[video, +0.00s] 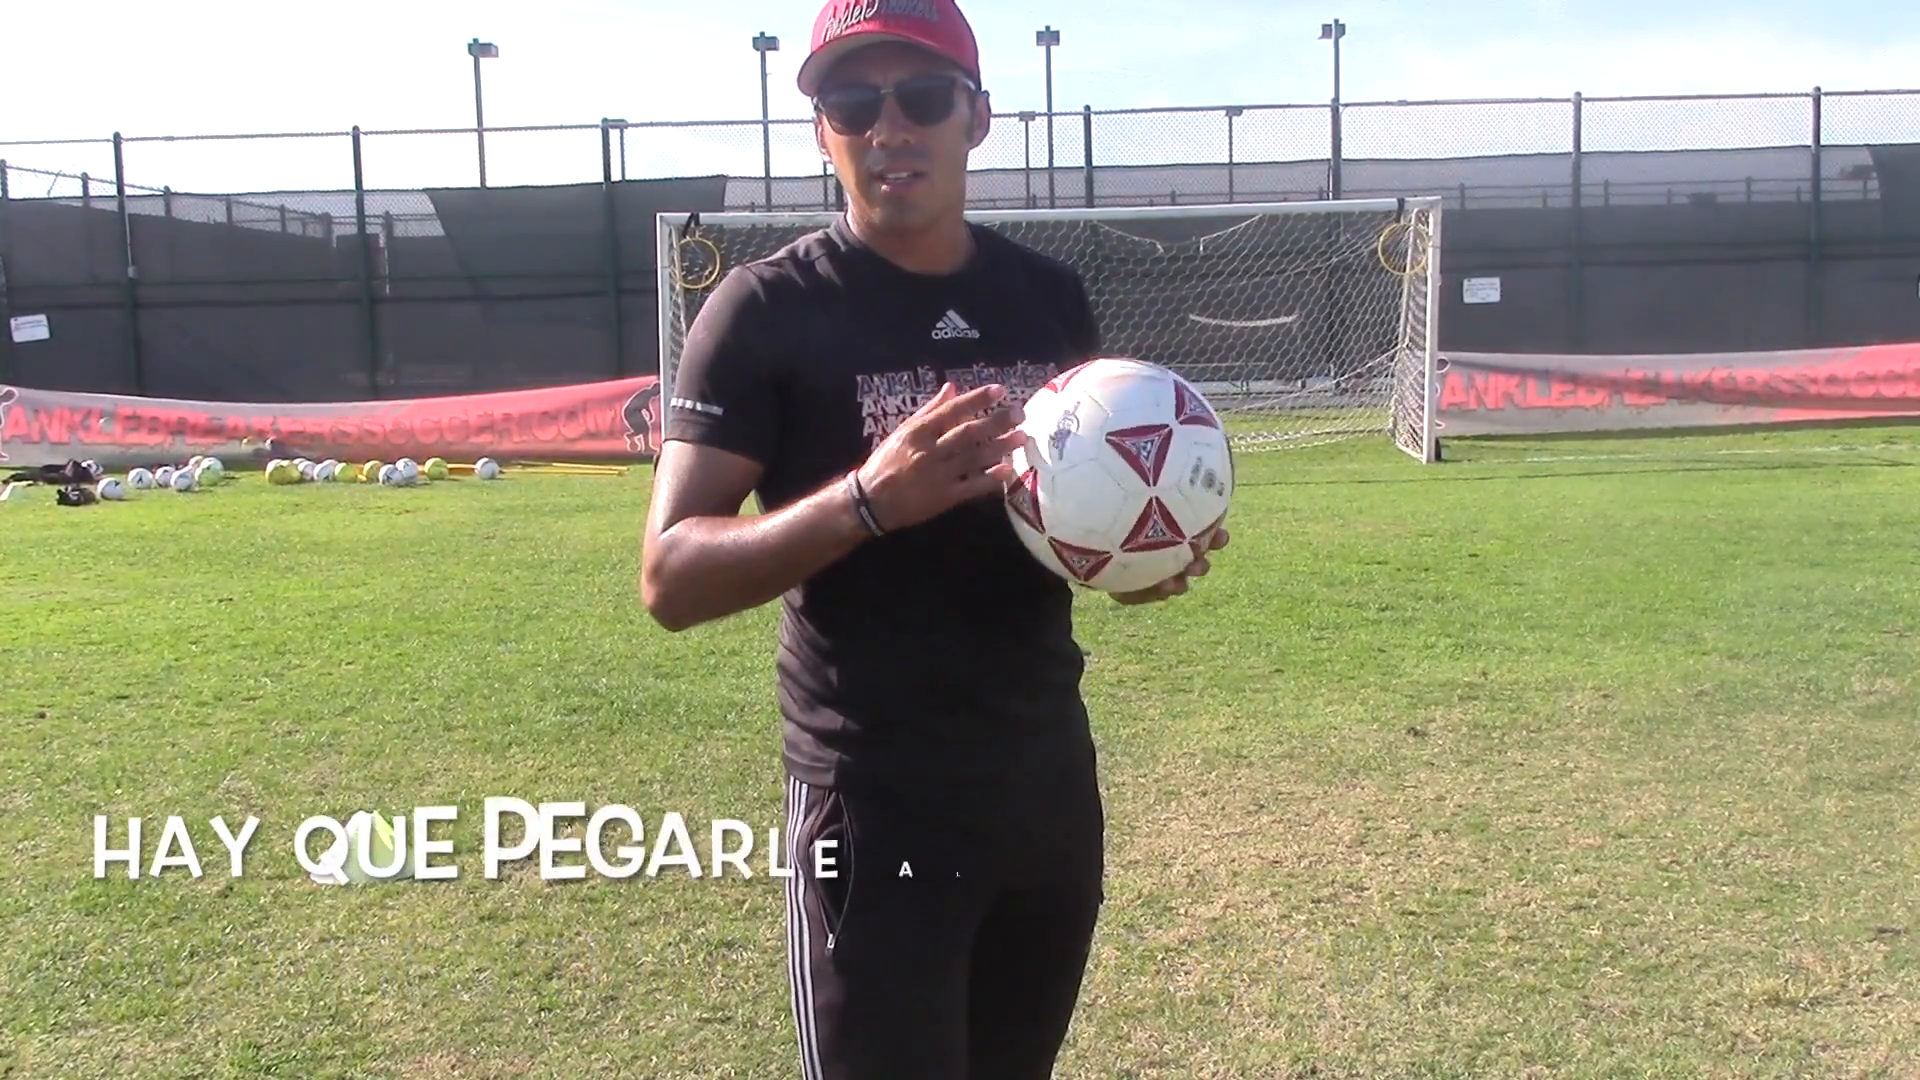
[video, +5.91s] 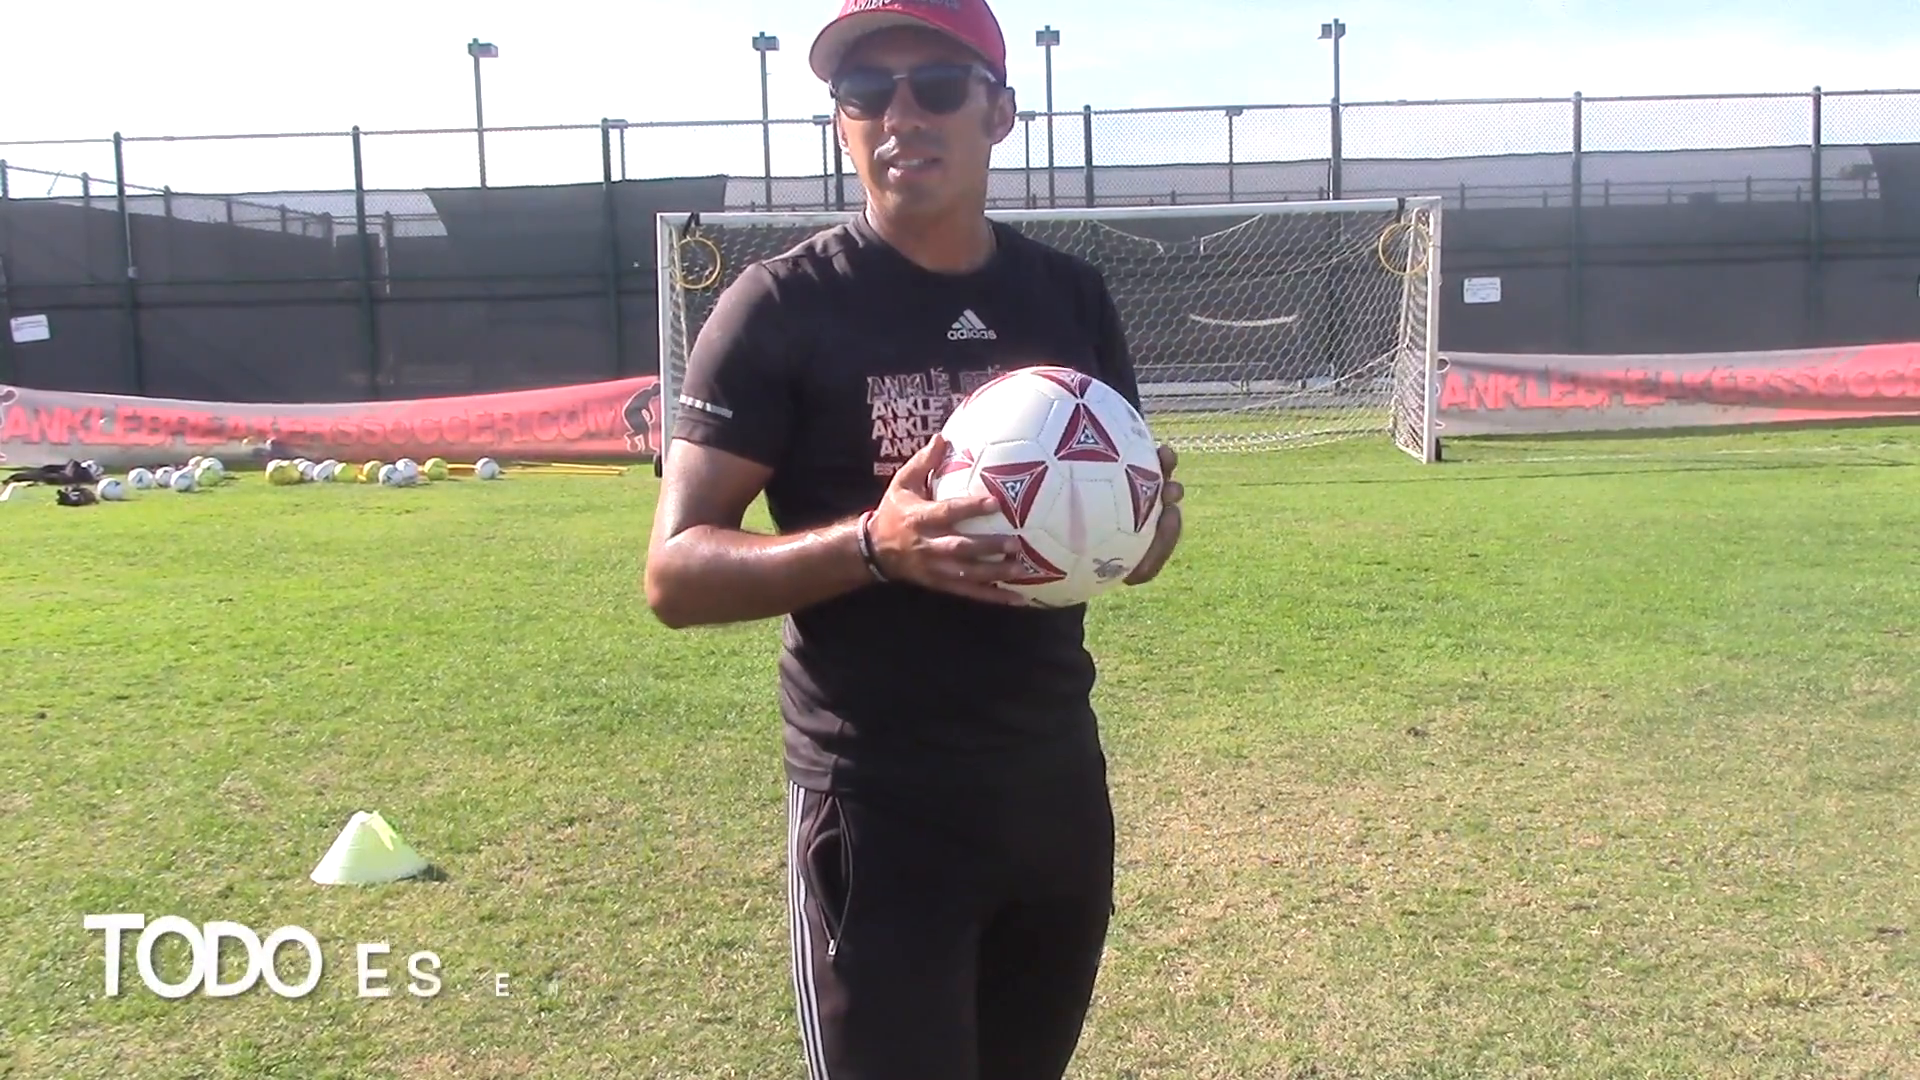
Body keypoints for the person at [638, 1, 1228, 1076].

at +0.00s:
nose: (890, 131)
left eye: (922, 100)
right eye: (857, 105)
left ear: (976, 117)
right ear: (822, 133)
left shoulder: (1047, 297)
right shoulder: (762, 310)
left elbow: (1089, 499)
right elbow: (672, 581)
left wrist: (1162, 537)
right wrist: (870, 499)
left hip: (1045, 779)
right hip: (869, 793)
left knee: (1014, 1064)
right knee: (883, 1062)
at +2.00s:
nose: (911, 134)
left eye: (944, 102)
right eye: (876, 104)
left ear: (986, 124)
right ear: (830, 131)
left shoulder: (1046, 300)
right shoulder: (765, 305)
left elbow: (1080, 539)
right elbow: (661, 571)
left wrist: (1142, 556)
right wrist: (802, 526)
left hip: (1042, 764)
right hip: (868, 775)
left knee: (1017, 1063)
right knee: (881, 1060)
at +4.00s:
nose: (909, 139)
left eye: (941, 104)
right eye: (874, 109)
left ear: (990, 118)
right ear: (836, 135)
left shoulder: (1053, 300)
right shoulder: (774, 309)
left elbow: (1093, 499)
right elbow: (678, 574)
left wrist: (1161, 482)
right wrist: (897, 567)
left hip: (1053, 771)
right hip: (876, 783)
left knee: (1023, 1063)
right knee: (890, 1062)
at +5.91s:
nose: (903, 116)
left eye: (938, 88)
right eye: (870, 93)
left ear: (998, 117)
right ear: (839, 126)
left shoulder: (1067, 292)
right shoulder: (773, 310)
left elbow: (1133, 544)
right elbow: (677, 576)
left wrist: (1145, 507)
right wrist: (870, 546)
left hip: (1052, 777)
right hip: (873, 791)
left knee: (1024, 1063)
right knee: (889, 1060)